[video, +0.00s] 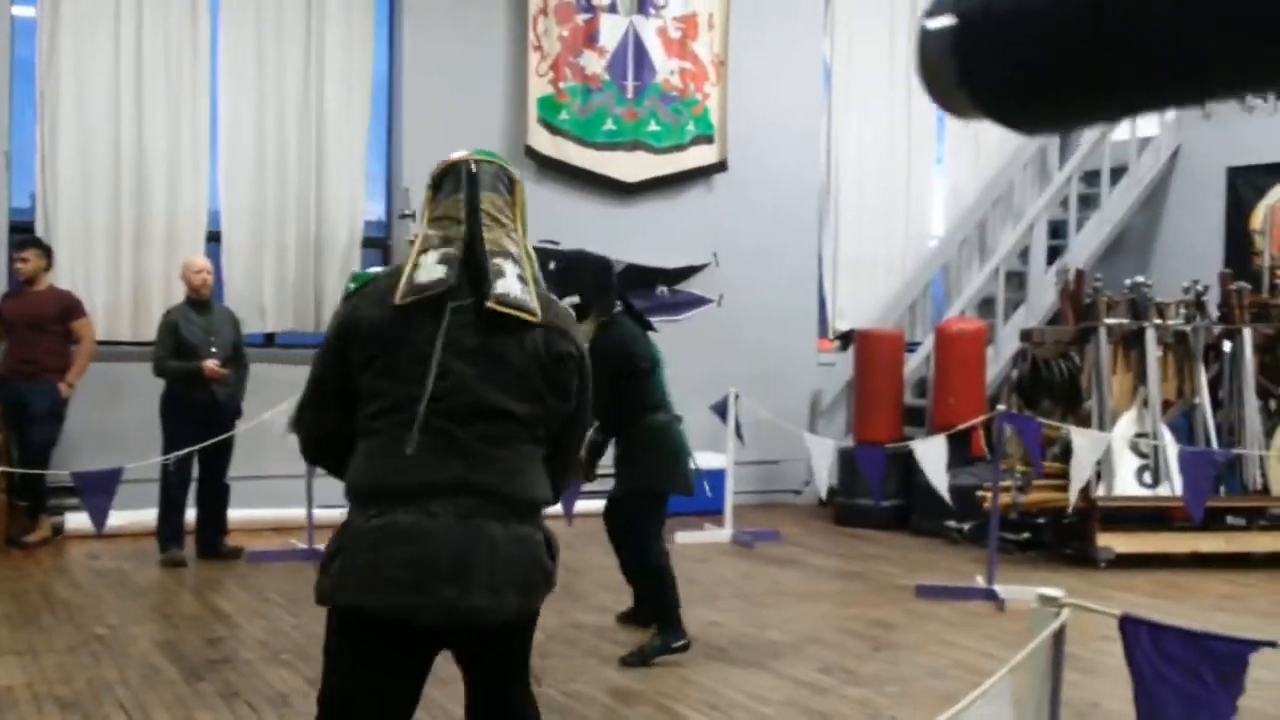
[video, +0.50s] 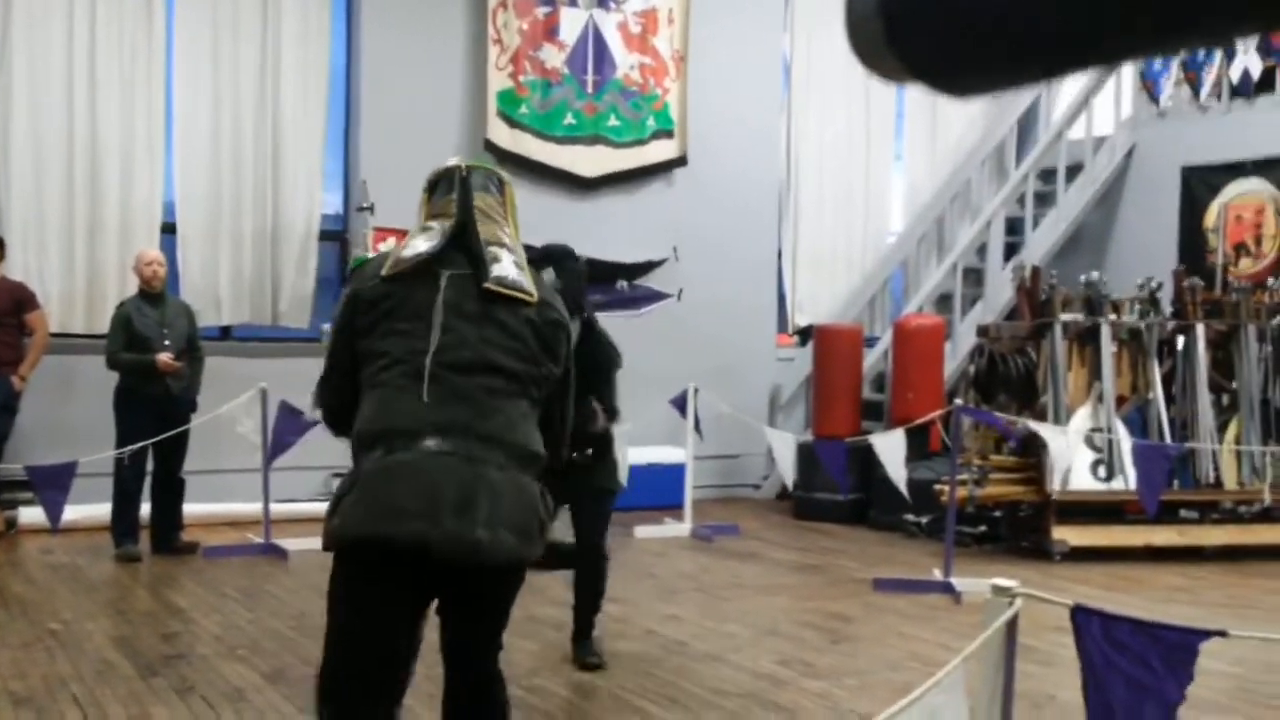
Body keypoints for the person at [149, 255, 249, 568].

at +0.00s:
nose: (204, 277)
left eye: (208, 272)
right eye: (198, 272)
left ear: (214, 277)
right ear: (184, 278)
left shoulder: (227, 317)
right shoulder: (174, 318)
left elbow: (240, 362)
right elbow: (161, 365)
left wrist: (233, 398)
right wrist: (198, 367)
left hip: (220, 408)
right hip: (181, 408)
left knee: (214, 479)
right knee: (176, 477)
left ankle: (211, 541)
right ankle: (171, 545)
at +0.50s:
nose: (156, 269)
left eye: (160, 264)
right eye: (149, 264)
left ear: (167, 270)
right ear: (137, 271)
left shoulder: (181, 310)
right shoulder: (127, 311)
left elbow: (195, 355)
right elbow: (113, 358)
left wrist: (189, 393)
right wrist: (152, 360)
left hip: (174, 401)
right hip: (135, 401)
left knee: (169, 473)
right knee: (130, 472)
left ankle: (167, 537)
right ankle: (126, 541)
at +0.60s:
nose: (142, 270)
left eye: (146, 264)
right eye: (135, 264)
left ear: (153, 271)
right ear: (123, 272)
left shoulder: (168, 310)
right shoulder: (113, 312)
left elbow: (181, 356)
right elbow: (99, 360)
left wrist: (176, 394)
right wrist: (138, 362)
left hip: (161, 403)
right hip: (121, 403)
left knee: (155, 476)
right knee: (115, 474)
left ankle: (152, 540)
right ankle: (112, 544)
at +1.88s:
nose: (118, 278)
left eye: (123, 272)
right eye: (111, 272)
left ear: (131, 277)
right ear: (101, 279)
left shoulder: (148, 320)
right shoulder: (90, 320)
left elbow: (161, 364)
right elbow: (77, 368)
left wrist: (157, 404)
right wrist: (115, 372)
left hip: (140, 413)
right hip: (99, 413)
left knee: (132, 486)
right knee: (93, 483)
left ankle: (127, 552)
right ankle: (89, 553)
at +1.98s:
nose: (115, 279)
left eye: (120, 273)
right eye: (108, 274)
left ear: (128, 279)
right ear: (97, 281)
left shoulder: (141, 319)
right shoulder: (87, 322)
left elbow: (155, 362)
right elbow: (74, 370)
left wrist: (143, 376)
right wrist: (114, 373)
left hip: (135, 413)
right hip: (95, 413)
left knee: (130, 483)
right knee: (91, 484)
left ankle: (126, 554)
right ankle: (87, 555)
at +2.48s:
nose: (104, 268)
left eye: (109, 262)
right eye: (98, 262)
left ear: (116, 268)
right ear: (86, 268)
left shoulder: (131, 310)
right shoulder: (74, 309)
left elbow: (143, 354)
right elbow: (60, 358)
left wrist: (128, 370)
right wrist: (99, 361)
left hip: (121, 400)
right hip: (82, 400)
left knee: (117, 473)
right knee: (76, 472)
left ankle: (113, 541)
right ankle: (71, 544)